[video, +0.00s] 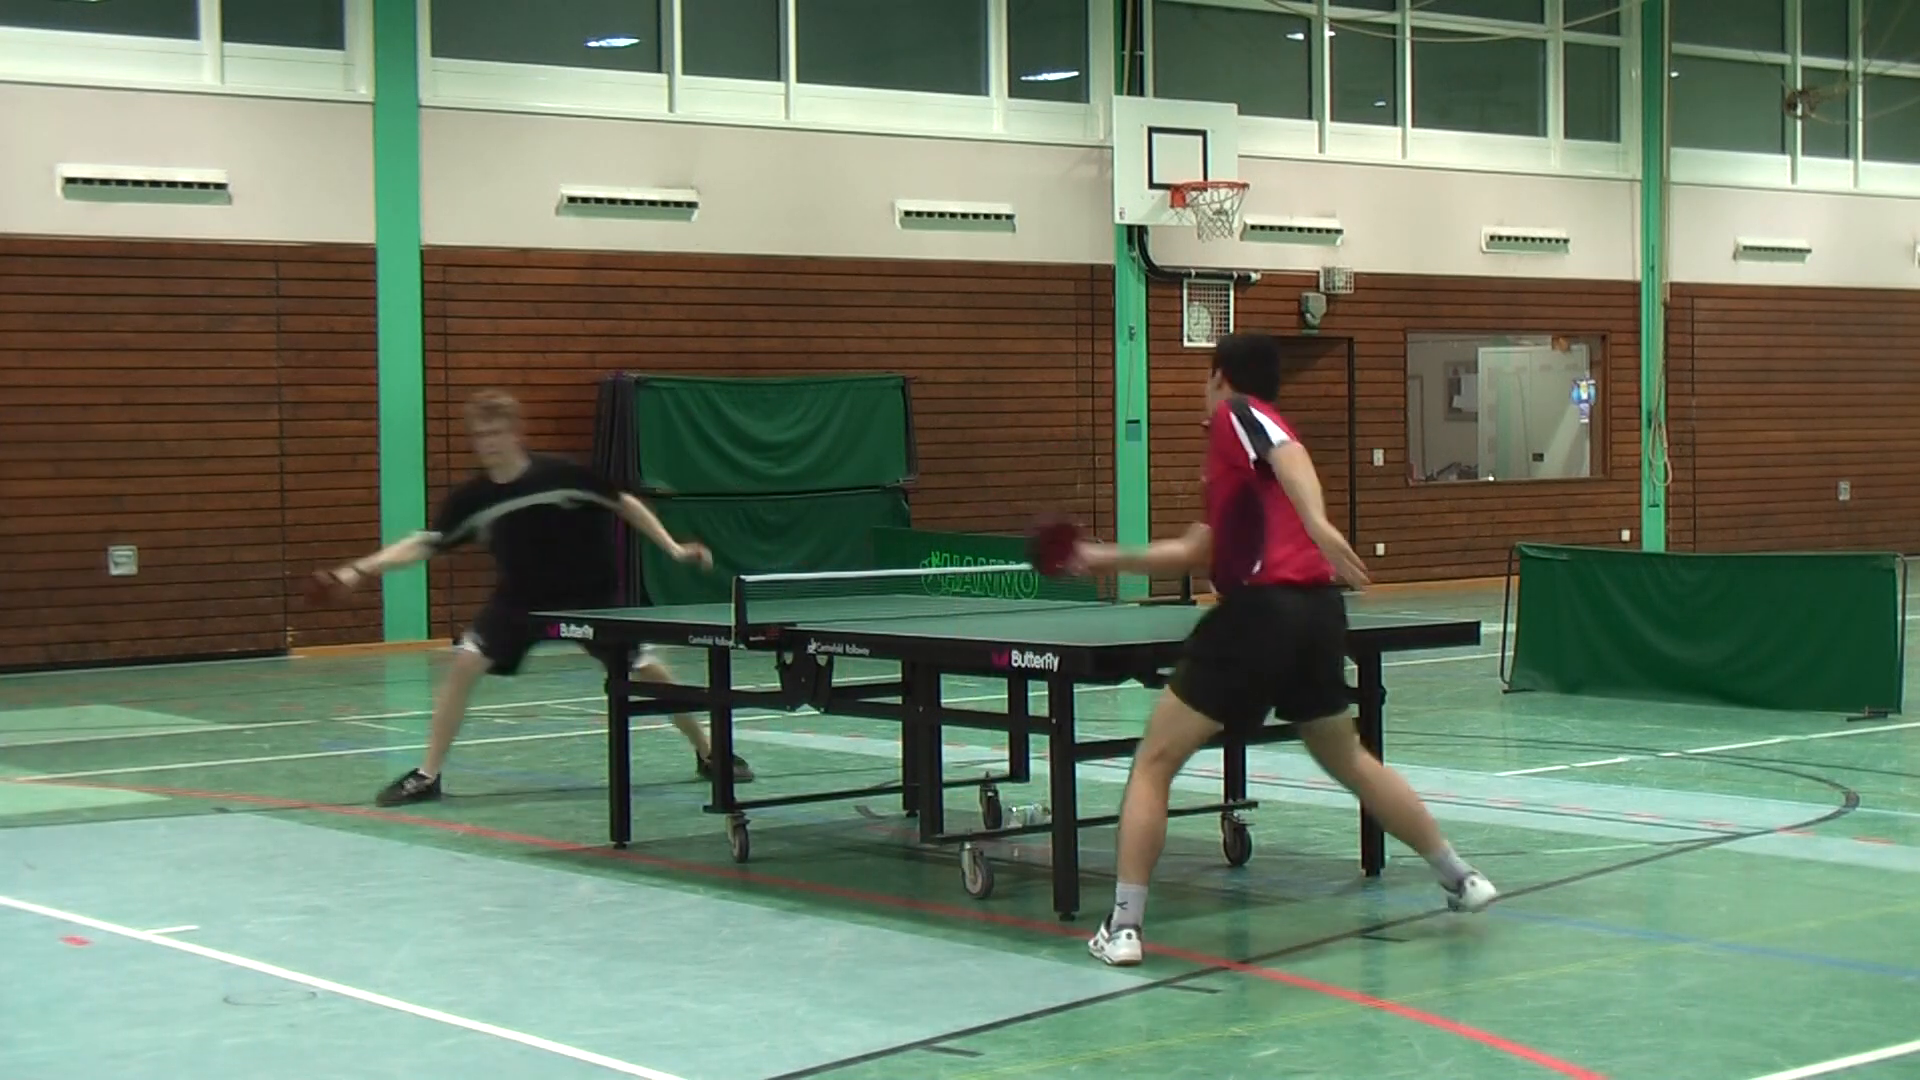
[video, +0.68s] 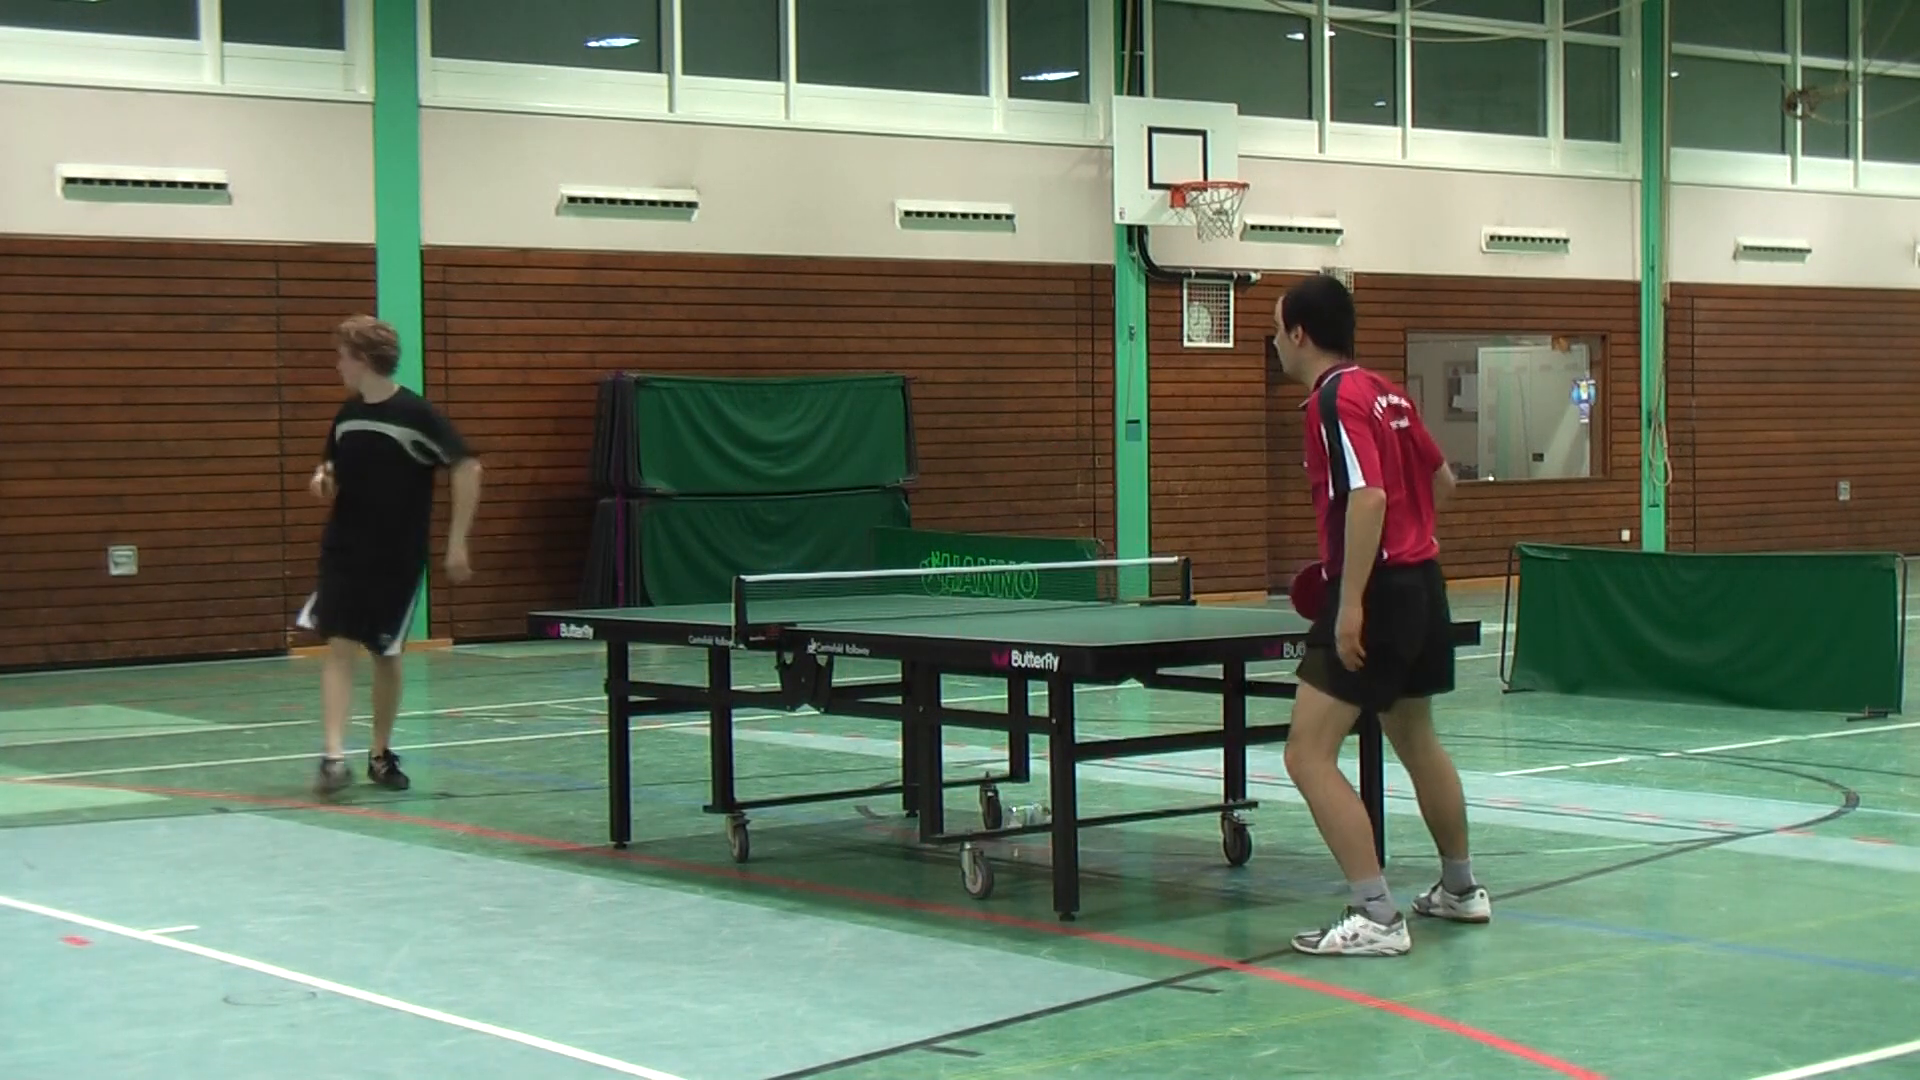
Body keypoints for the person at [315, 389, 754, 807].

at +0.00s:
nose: (488, 442)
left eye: (496, 432)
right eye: (481, 435)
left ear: (518, 431)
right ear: (473, 441)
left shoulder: (561, 476)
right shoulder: (474, 498)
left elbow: (624, 502)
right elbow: (423, 543)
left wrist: (672, 547)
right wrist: (361, 568)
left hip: (587, 597)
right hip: (518, 601)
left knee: (648, 670)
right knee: (464, 663)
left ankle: (710, 752)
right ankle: (427, 776)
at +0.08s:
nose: (440, 440)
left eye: (449, 430)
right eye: (434, 432)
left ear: (473, 430)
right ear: (429, 436)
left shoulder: (515, 472)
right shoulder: (429, 493)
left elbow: (582, 494)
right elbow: (387, 548)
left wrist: (649, 519)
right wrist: (351, 534)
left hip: (542, 597)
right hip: (479, 604)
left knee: (607, 667)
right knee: (430, 657)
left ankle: (670, 746)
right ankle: (424, 775)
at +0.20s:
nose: (427, 406)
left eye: (434, 396)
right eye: (419, 398)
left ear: (447, 397)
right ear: (405, 401)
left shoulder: (481, 440)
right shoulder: (396, 453)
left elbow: (539, 462)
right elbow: (361, 511)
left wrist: (591, 473)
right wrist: (386, 481)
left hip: (497, 575)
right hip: (437, 581)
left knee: (549, 663)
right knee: (405, 656)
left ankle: (568, 747)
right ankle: (422, 771)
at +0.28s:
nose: (421, 376)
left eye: (429, 368)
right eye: (412, 370)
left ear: (442, 372)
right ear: (398, 376)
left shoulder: (471, 419)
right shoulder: (383, 431)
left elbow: (522, 447)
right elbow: (355, 497)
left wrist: (543, 457)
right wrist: (370, 468)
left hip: (476, 559)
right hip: (414, 564)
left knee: (515, 653)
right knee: (398, 649)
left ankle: (510, 748)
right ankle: (408, 763)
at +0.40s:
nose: (394, 368)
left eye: (402, 359)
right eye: (387, 361)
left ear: (425, 359)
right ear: (381, 364)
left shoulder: (459, 410)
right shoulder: (368, 420)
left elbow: (513, 453)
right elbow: (336, 485)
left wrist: (511, 475)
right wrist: (348, 484)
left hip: (450, 552)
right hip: (392, 554)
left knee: (472, 650)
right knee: (396, 646)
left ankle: (446, 747)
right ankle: (376, 766)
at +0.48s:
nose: (363, 370)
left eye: (371, 362)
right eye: (363, 362)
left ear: (399, 362)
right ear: (380, 365)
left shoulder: (447, 416)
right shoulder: (359, 420)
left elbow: (506, 464)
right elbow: (326, 482)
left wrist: (493, 509)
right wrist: (339, 488)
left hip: (435, 554)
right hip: (379, 558)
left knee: (445, 653)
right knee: (389, 648)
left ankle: (414, 744)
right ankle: (374, 767)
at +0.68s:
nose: (337, 364)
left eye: (341, 355)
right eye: (338, 355)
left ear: (362, 360)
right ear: (368, 358)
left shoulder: (418, 415)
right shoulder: (348, 414)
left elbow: (467, 468)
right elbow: (334, 470)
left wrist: (457, 543)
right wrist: (324, 479)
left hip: (399, 558)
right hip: (345, 554)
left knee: (387, 656)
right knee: (339, 649)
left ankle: (381, 754)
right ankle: (333, 758)